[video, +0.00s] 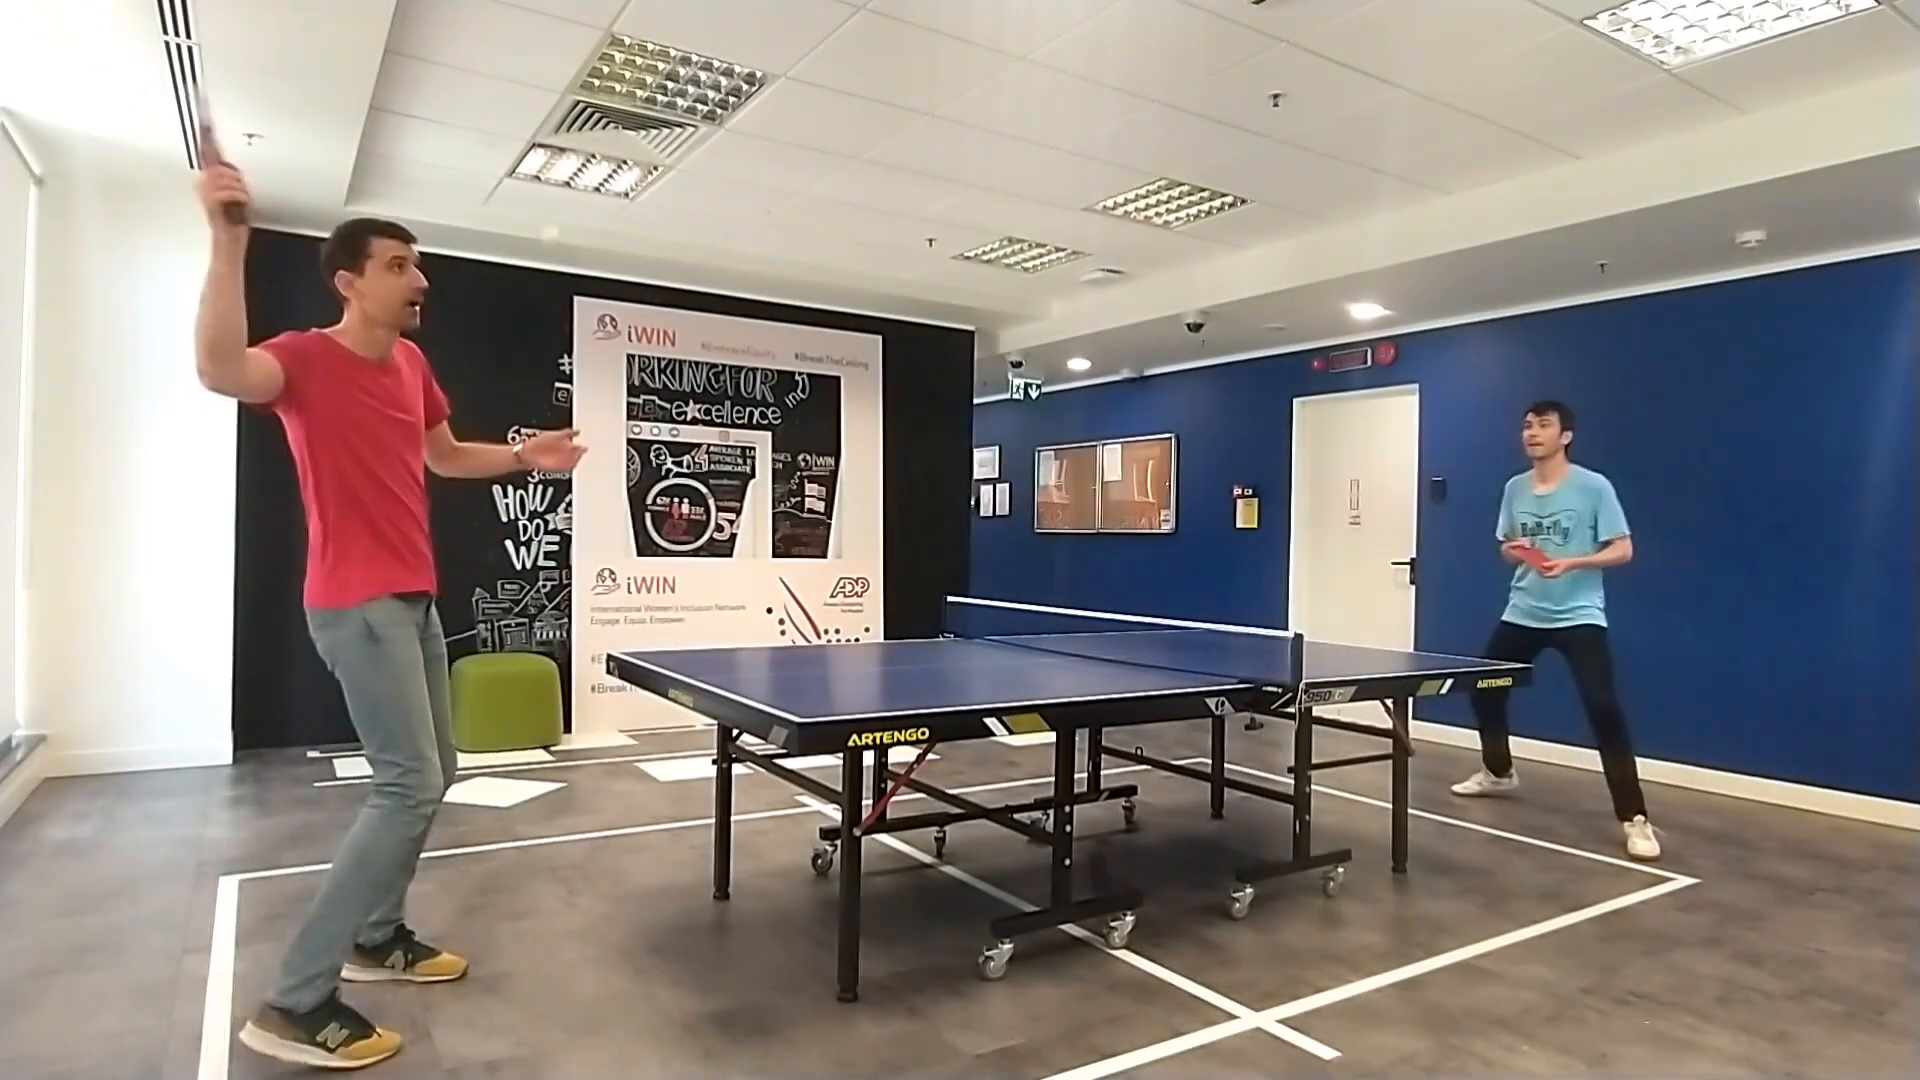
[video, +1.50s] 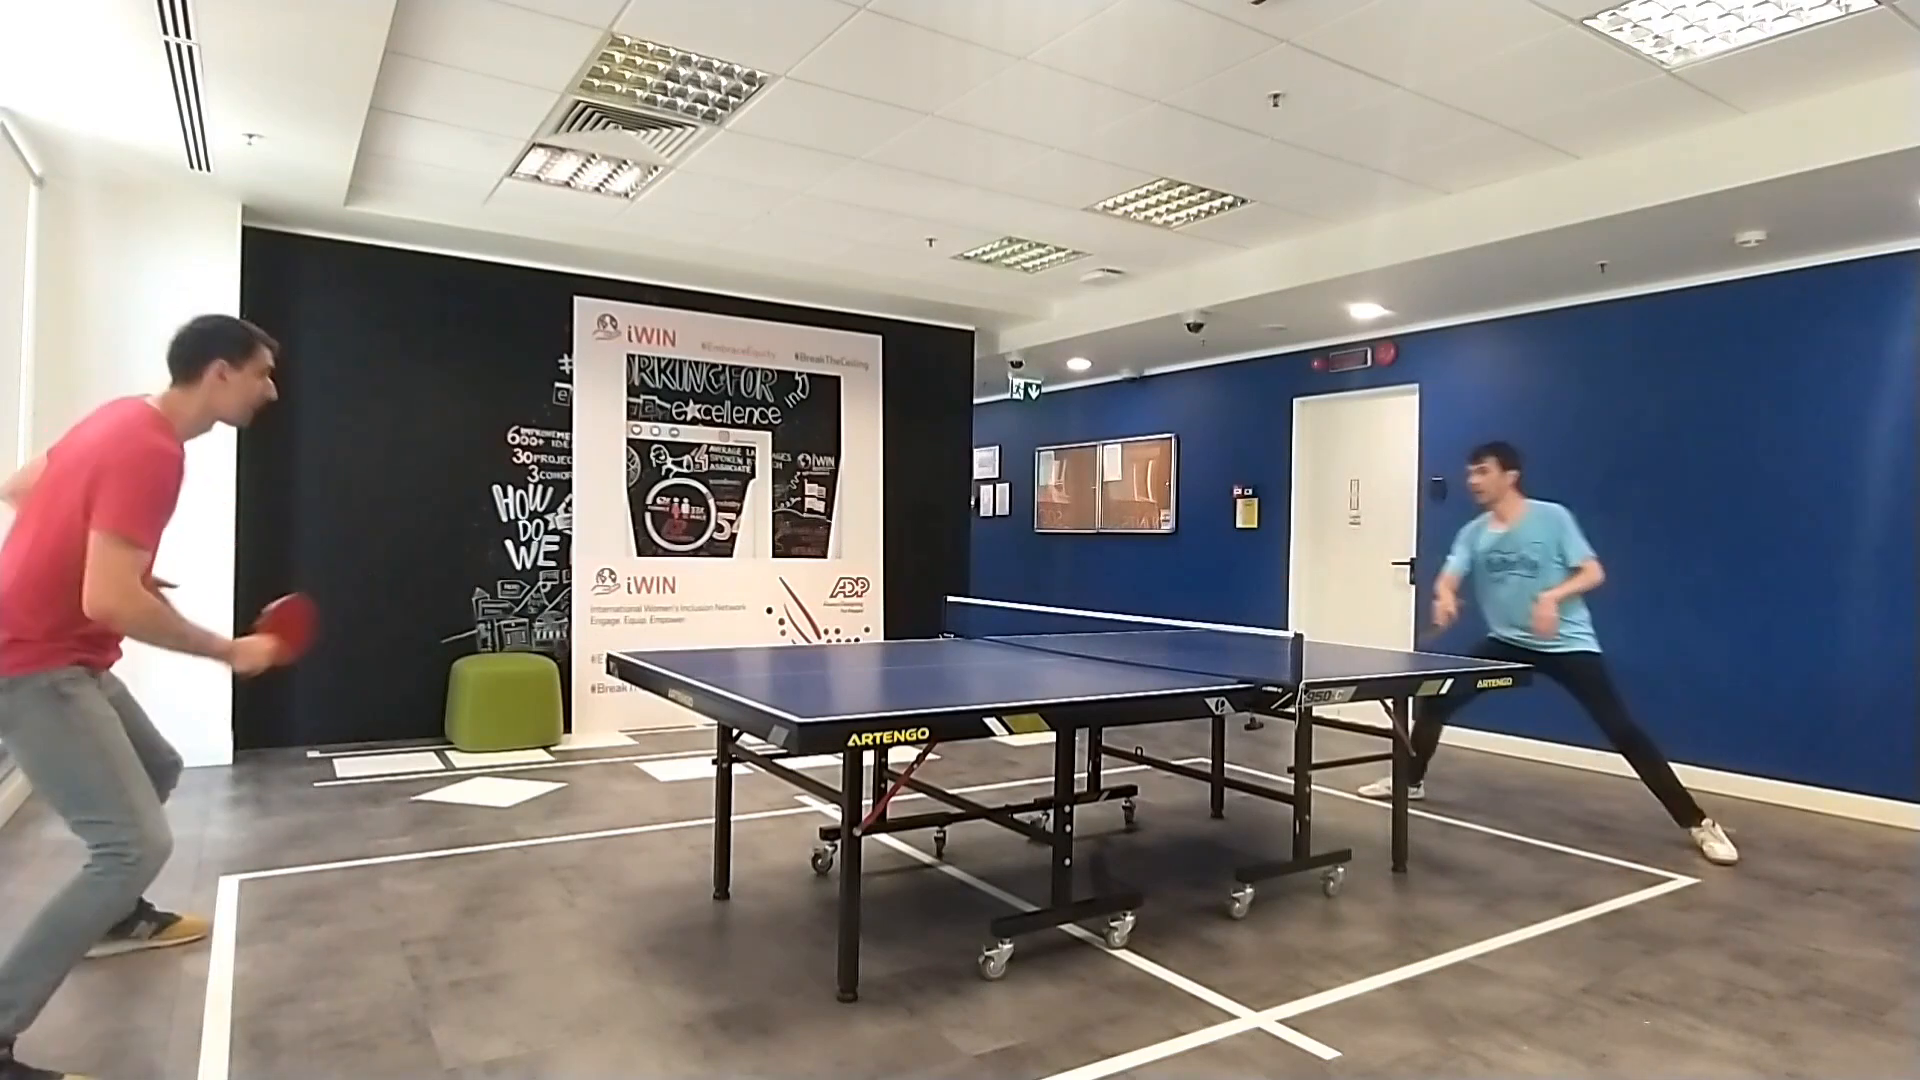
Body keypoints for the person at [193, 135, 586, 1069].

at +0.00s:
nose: (419, 278)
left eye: (418, 266)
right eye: (402, 265)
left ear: (399, 286)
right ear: (349, 281)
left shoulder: (408, 363)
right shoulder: (308, 358)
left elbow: (445, 455)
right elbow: (221, 367)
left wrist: (526, 453)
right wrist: (227, 239)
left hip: (413, 594)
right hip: (354, 600)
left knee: (428, 776)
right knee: (409, 786)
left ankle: (376, 931)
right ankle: (296, 999)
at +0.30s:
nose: (418, 329)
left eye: (421, 314)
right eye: (399, 313)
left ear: (414, 327)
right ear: (346, 323)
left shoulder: (381, 394)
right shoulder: (289, 406)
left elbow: (369, 475)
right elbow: (226, 521)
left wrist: (451, 509)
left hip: (364, 626)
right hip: (310, 637)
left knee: (439, 774)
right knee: (413, 816)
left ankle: (377, 933)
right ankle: (285, 1016)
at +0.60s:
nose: (379, 389)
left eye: (379, 371)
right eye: (363, 372)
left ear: (307, 374)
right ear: (300, 375)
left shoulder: (284, 413)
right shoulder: (245, 478)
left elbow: (293, 504)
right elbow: (324, 615)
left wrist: (369, 530)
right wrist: (473, 606)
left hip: (291, 652)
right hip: (256, 676)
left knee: (370, 782)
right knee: (409, 824)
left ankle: (252, 905)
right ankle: (286, 1021)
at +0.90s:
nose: (289, 356)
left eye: (287, 340)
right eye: (275, 340)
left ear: (223, 351)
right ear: (219, 347)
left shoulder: (199, 423)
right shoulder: (136, 432)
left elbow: (207, 510)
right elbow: (186, 574)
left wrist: (291, 526)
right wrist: (332, 544)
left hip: (156, 657)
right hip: (135, 664)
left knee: (151, 818)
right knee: (303, 800)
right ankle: (278, 1021)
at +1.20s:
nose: (241, 313)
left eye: (238, 298)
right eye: (227, 296)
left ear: (178, 308)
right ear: (170, 302)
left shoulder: (159, 399)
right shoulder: (89, 391)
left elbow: (134, 487)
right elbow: (71, 539)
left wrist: (214, 517)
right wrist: (223, 577)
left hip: (95, 629)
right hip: (47, 631)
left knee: (93, 805)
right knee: (124, 822)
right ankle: (1, 1020)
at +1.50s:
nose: (271, 393)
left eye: (271, 377)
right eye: (264, 375)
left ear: (212, 373)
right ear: (216, 372)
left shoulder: (121, 421)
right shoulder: (145, 448)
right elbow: (111, 599)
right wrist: (228, 650)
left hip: (62, 656)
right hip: (33, 668)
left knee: (156, 770)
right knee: (134, 848)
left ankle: (113, 912)